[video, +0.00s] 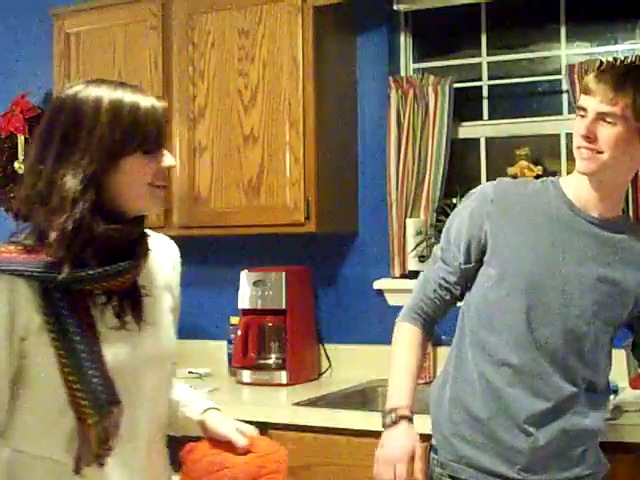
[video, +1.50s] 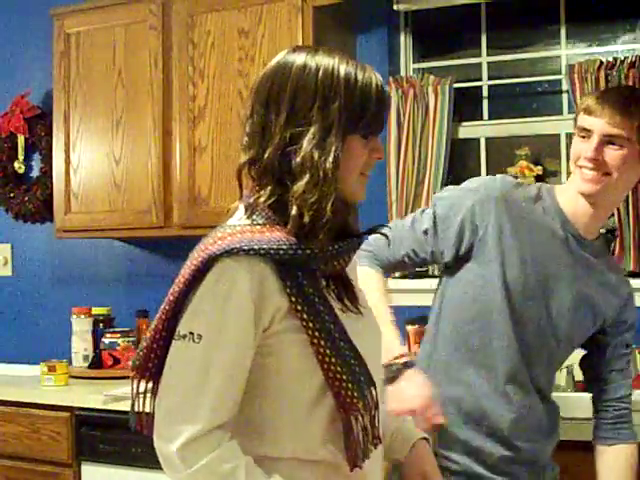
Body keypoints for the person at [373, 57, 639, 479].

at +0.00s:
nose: (585, 130)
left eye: (608, 119)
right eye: (582, 113)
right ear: (572, 116)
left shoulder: (633, 254)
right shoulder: (494, 205)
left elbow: (636, 369)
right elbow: (416, 315)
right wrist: (398, 420)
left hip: (570, 466)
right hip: (463, 460)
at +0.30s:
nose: (612, 142)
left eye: (633, 132)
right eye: (606, 124)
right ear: (592, 127)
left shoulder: (635, 264)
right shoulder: (512, 195)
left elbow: (638, 372)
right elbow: (406, 278)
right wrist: (386, 361)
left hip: (573, 465)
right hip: (472, 458)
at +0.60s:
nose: (622, 139)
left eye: (637, 128)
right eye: (613, 121)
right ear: (590, 125)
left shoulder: (632, 261)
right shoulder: (509, 199)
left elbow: (635, 380)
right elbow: (408, 293)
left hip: (582, 462)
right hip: (490, 456)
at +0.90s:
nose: (630, 149)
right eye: (617, 129)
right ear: (581, 127)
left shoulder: (624, 255)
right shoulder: (511, 200)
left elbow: (635, 375)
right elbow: (446, 331)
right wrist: (564, 283)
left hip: (588, 459)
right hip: (498, 456)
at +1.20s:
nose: (611, 148)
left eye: (629, 135)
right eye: (600, 129)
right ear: (582, 132)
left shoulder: (627, 281)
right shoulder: (516, 201)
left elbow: (625, 426)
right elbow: (412, 311)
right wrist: (540, 320)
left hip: (570, 467)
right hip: (475, 461)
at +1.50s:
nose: (591, 153)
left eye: (614, 143)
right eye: (584, 135)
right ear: (573, 139)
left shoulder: (614, 296)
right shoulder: (490, 203)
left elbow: (615, 428)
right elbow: (367, 255)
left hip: (527, 468)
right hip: (436, 459)